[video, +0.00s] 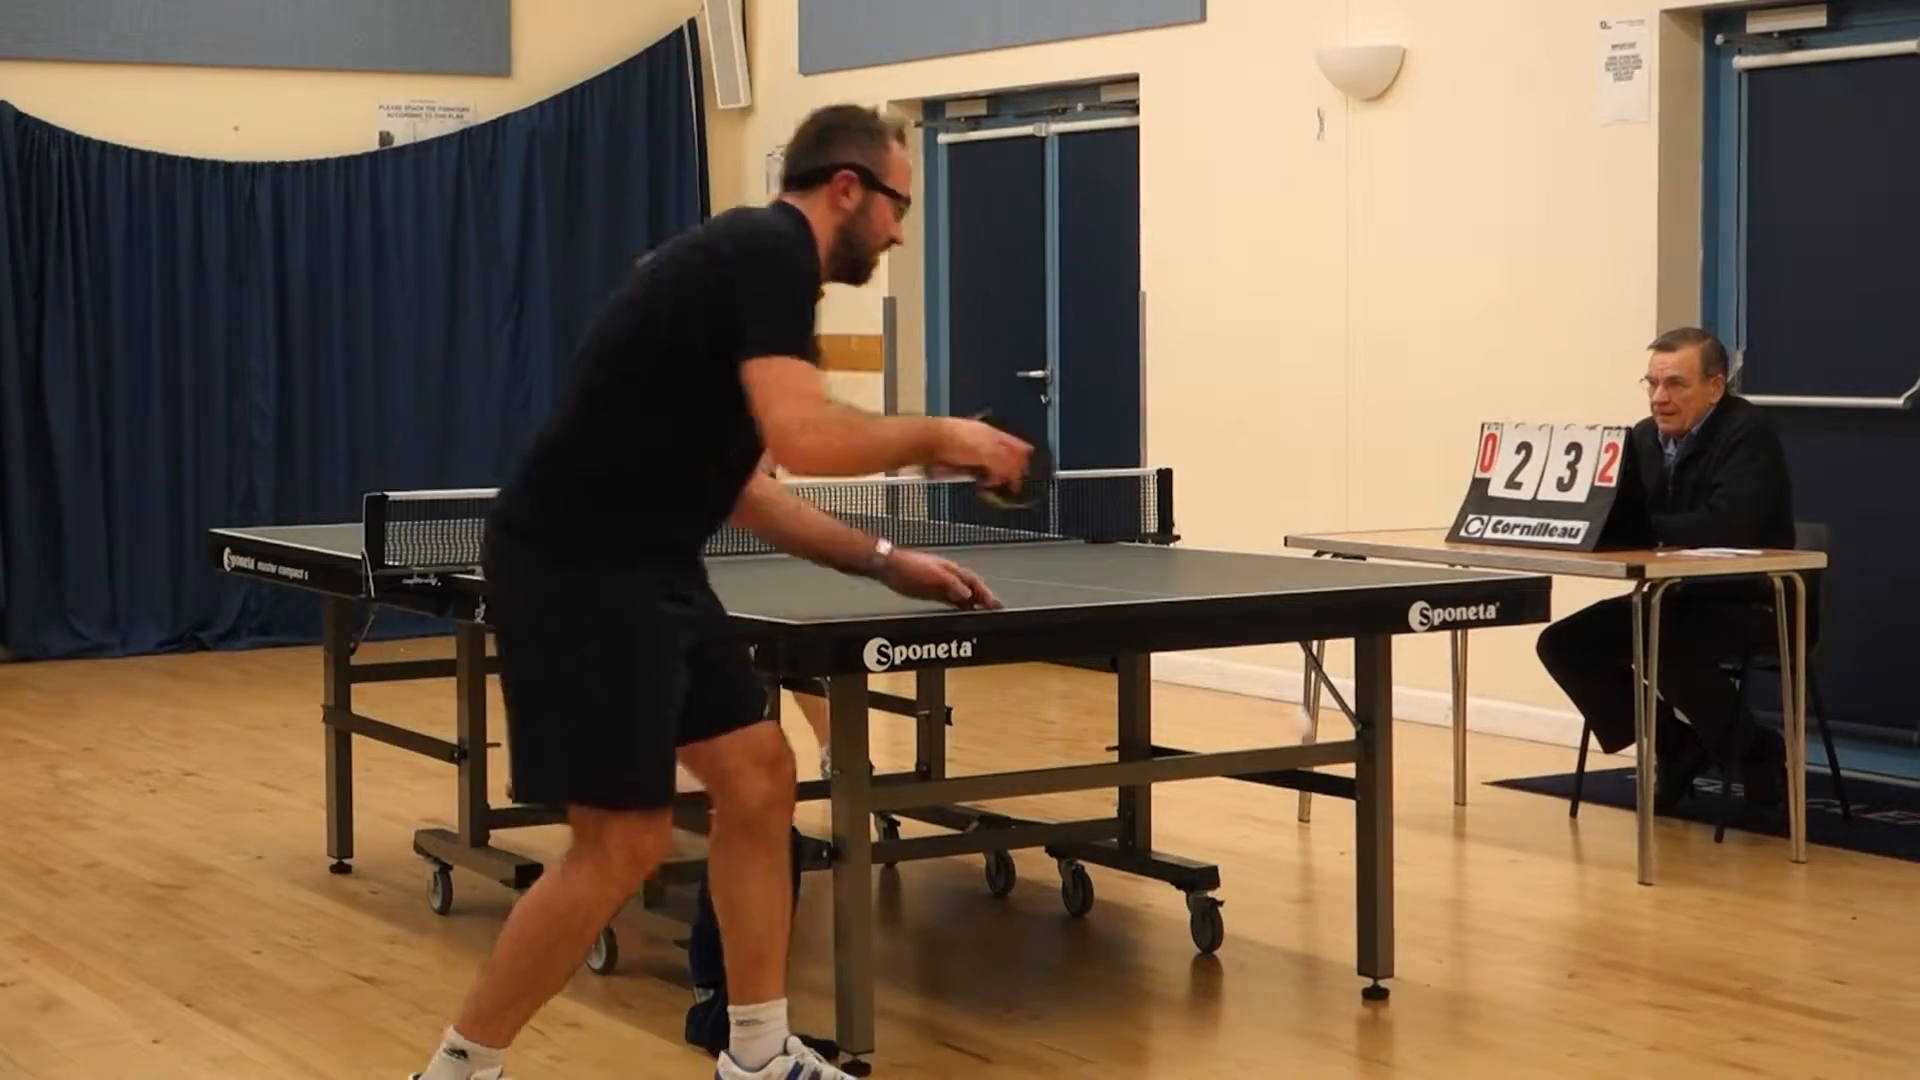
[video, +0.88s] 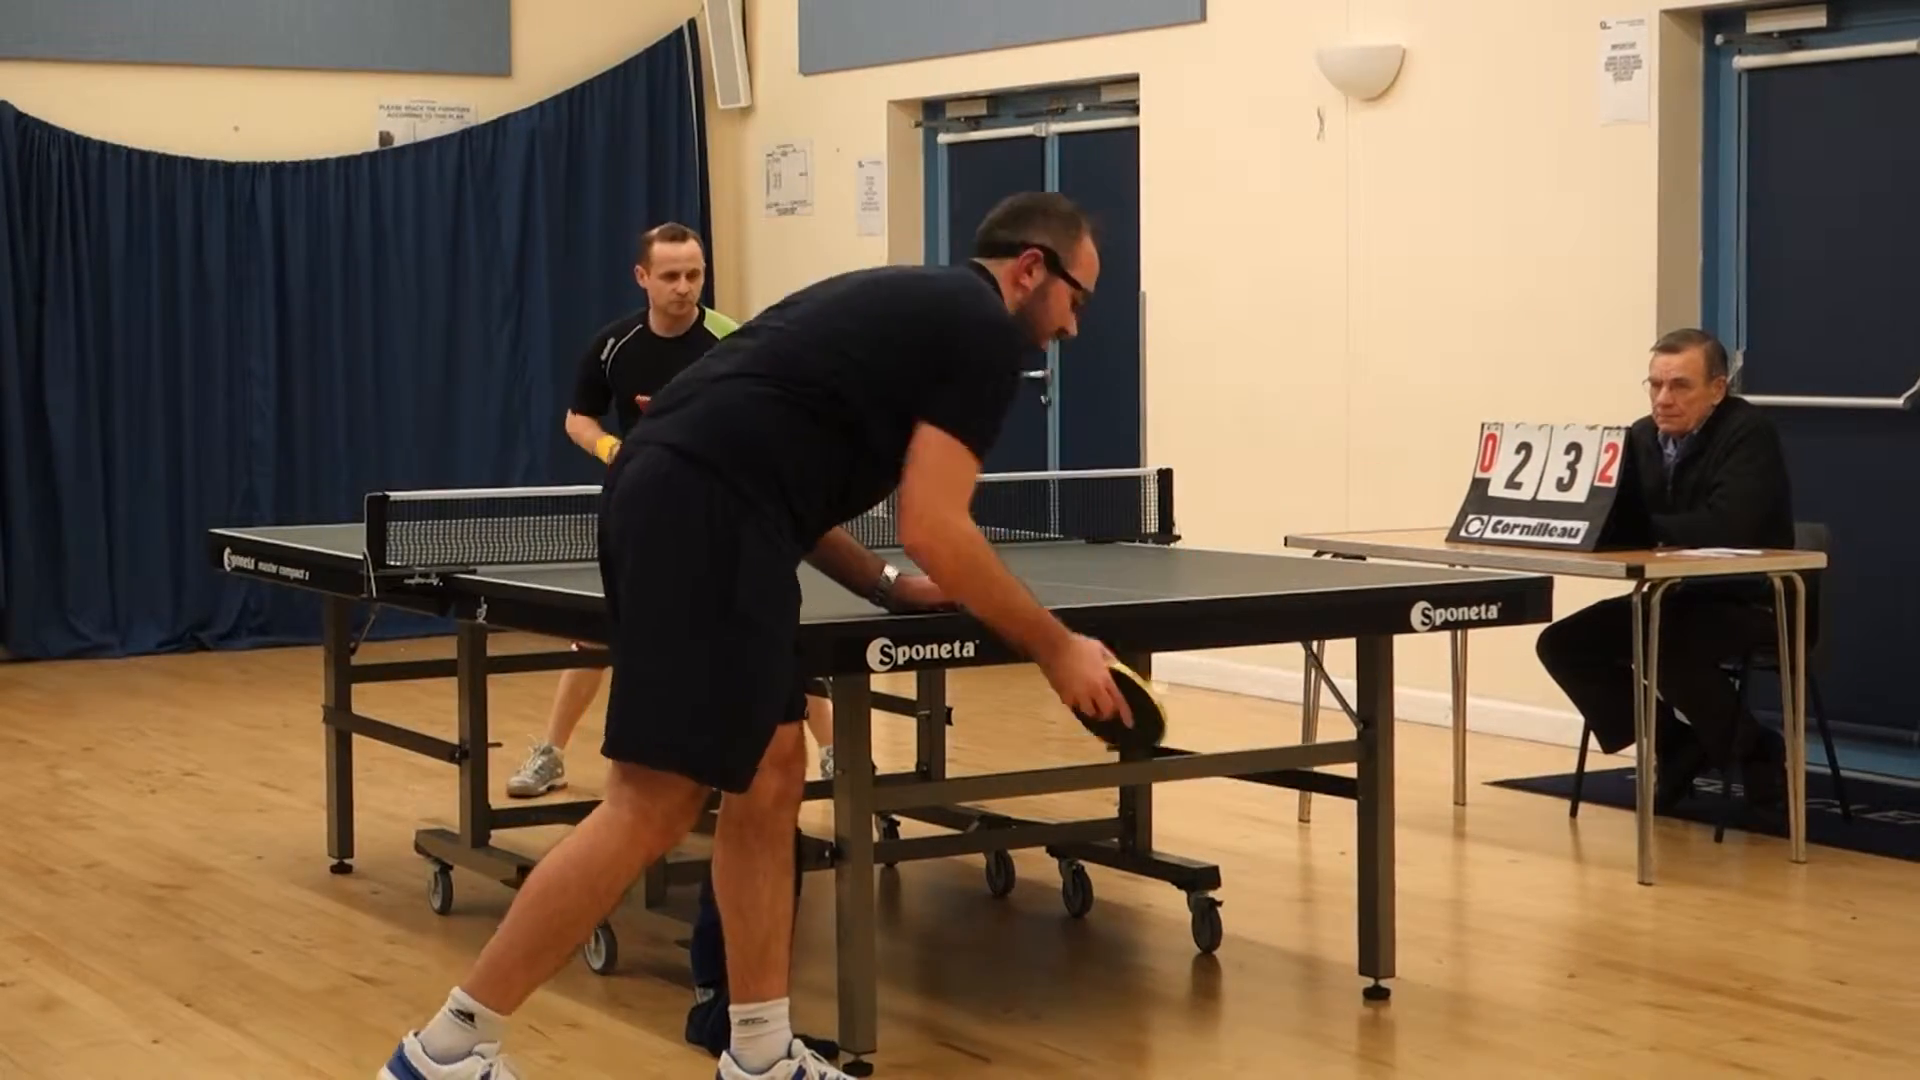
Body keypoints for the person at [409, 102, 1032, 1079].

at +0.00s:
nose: (900, 231)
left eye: (905, 207)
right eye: (898, 202)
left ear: (826, 190)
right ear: (846, 189)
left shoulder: (734, 266)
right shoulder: (768, 245)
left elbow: (744, 491)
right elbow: (798, 432)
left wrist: (888, 561)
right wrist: (940, 435)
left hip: (650, 565)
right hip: (573, 564)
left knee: (758, 773)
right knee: (622, 842)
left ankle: (758, 1052)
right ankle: (455, 1064)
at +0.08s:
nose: (947, 248)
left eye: (951, 225)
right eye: (944, 221)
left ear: (877, 205)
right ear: (893, 204)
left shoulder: (789, 274)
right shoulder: (828, 259)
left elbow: (747, 498)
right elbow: (914, 435)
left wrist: (883, 584)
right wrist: (1042, 429)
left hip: (680, 559)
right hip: (602, 554)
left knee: (775, 771)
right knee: (648, 835)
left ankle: (759, 1051)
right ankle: (463, 1057)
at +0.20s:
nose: (1006, 269)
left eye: (1010, 250)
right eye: (1003, 245)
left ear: (932, 226)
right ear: (949, 222)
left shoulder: (846, 281)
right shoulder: (903, 269)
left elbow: (752, 487)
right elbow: (1053, 415)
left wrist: (880, 585)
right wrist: (1165, 405)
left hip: (707, 538)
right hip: (641, 526)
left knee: (778, 776)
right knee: (658, 825)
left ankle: (758, 1055)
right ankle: (460, 1050)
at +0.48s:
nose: (1092, 308)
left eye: (1094, 292)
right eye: (1088, 289)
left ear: (998, 262)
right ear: (1046, 269)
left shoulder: (904, 308)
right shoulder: (1020, 311)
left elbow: (781, 474)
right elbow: (1181, 452)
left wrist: (891, 586)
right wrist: (1311, 472)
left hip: (723, 513)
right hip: (700, 502)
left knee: (764, 767)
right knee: (639, 800)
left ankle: (759, 1047)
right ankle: (436, 1028)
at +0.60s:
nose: (1101, 335)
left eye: (1103, 316)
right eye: (1098, 313)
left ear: (1016, 287)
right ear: (1058, 292)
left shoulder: (913, 322)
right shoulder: (1034, 335)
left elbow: (785, 468)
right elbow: (1116, 527)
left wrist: (896, 584)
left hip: (708, 498)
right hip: (719, 501)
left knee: (768, 767)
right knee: (648, 794)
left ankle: (760, 1051)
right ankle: (420, 1009)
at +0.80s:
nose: (1087, 342)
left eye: (1095, 321)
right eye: (1090, 315)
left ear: (1010, 282)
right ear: (1045, 288)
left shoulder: (910, 318)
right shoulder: (1002, 344)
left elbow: (784, 476)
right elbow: (984, 554)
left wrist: (893, 586)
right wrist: (1103, 694)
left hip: (682, 495)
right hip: (719, 505)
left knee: (772, 763)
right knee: (654, 798)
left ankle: (760, 1050)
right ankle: (427, 1024)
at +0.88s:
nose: (1076, 322)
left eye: (1084, 303)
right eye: (1078, 297)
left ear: (1009, 263)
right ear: (1027, 269)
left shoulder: (892, 302)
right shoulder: (984, 326)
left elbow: (781, 478)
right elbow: (935, 528)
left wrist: (890, 582)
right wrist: (1056, 646)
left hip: (692, 501)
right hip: (704, 506)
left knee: (771, 769)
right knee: (651, 804)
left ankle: (761, 1051)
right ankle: (448, 1042)